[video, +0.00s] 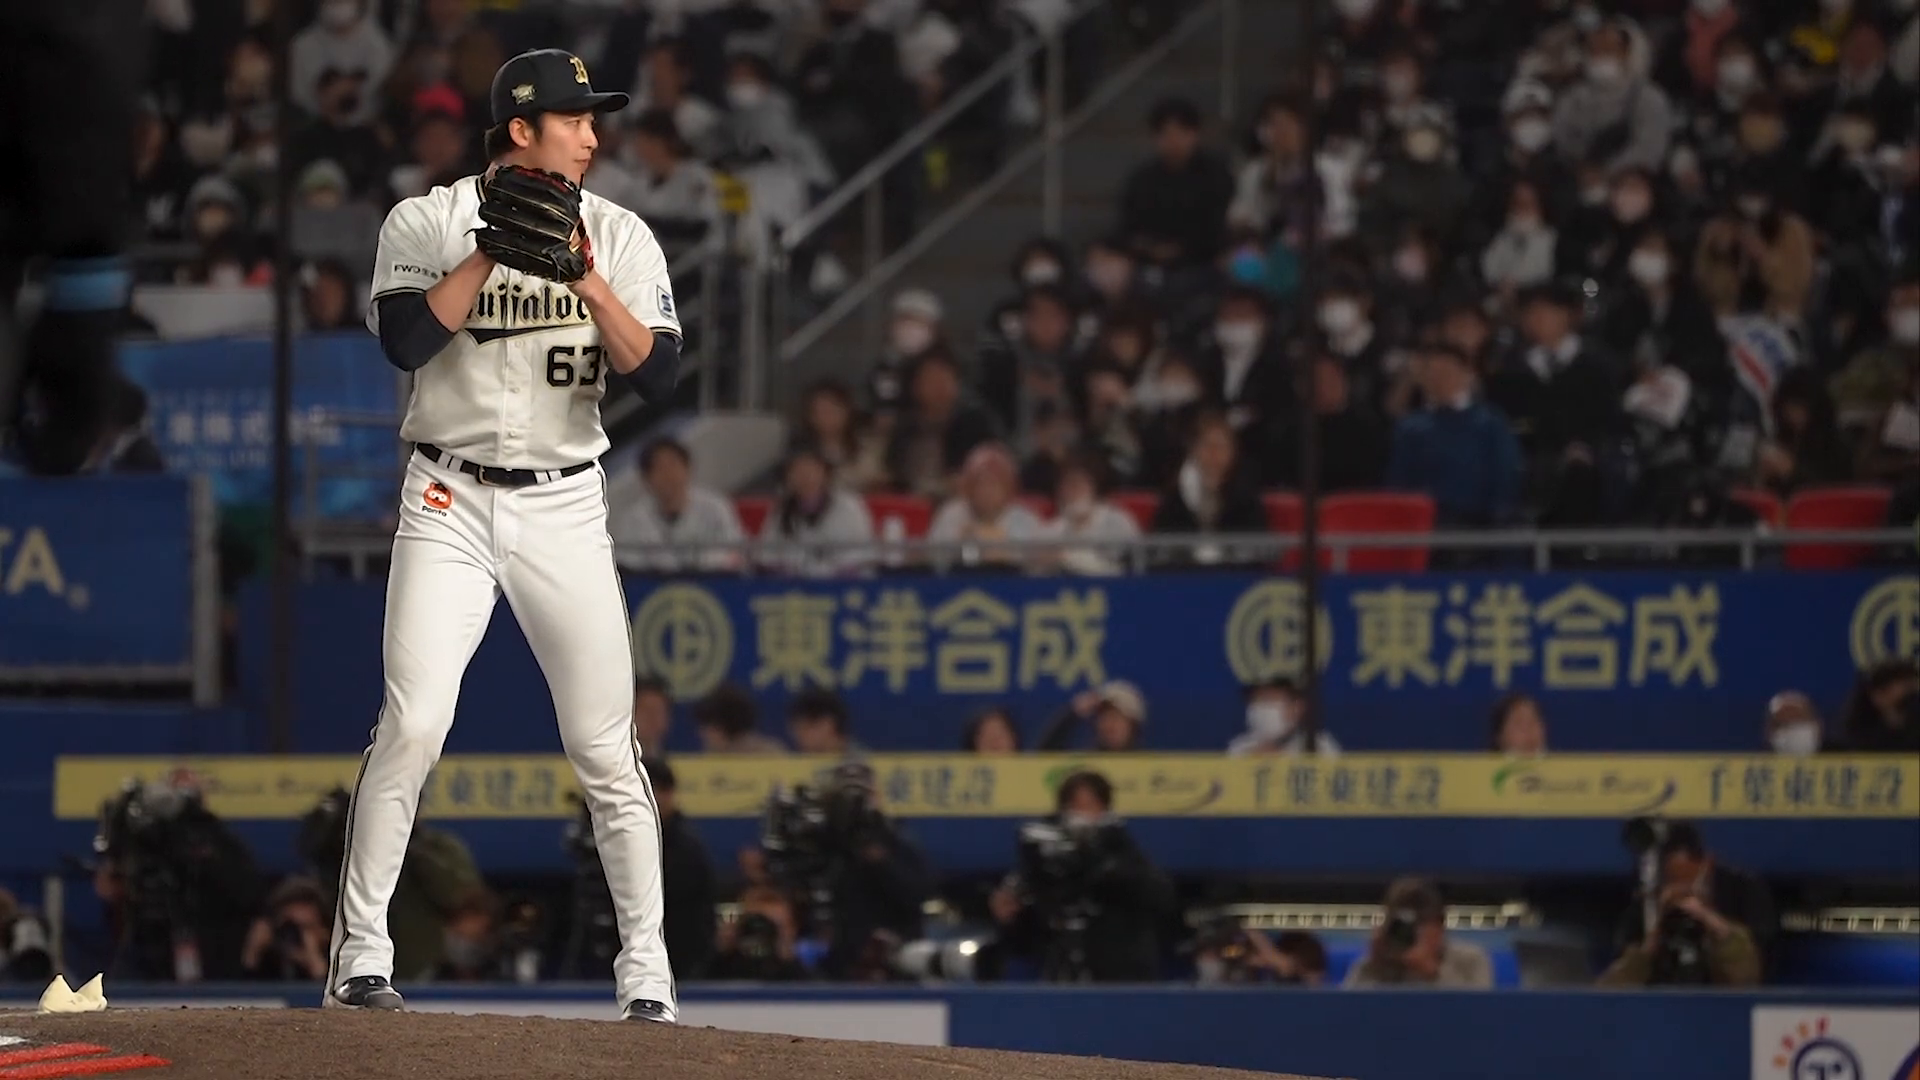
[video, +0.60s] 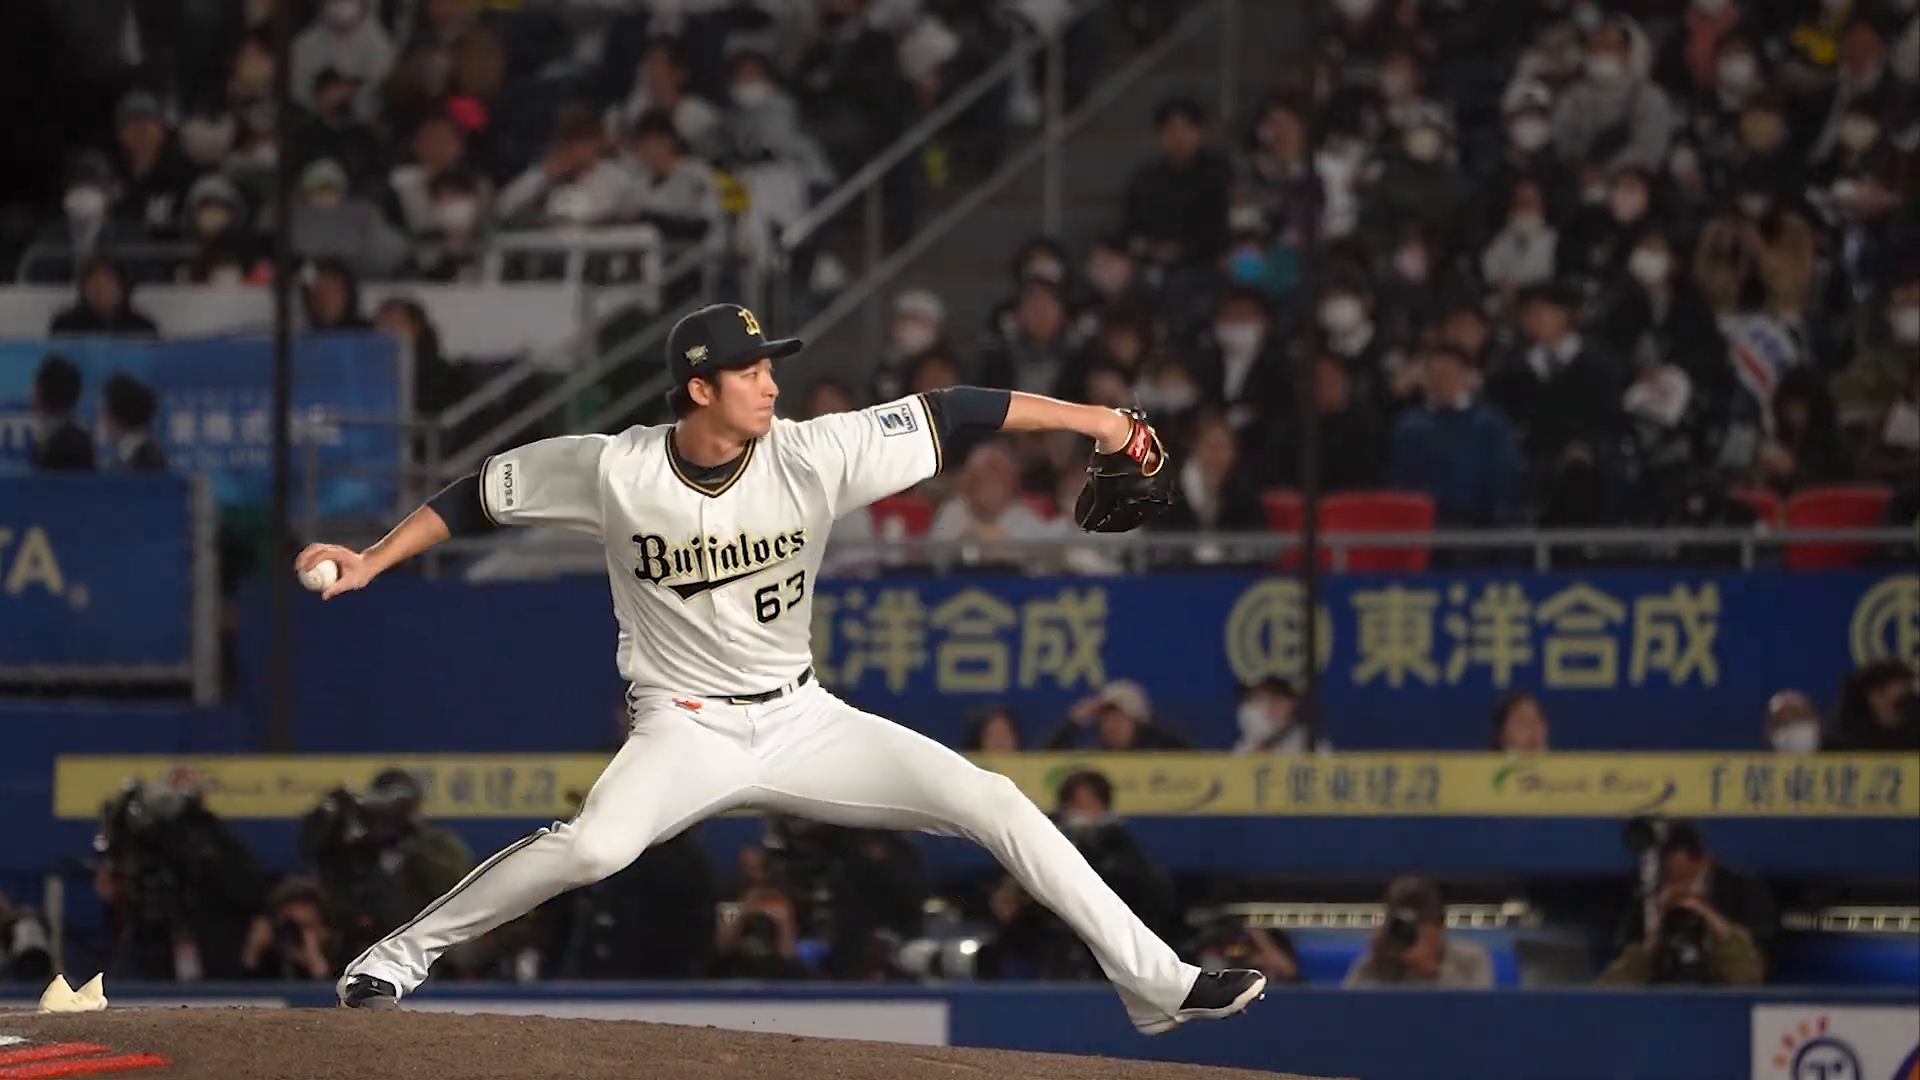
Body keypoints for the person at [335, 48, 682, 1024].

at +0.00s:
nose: (592, 133)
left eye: (593, 118)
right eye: (574, 117)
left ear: (585, 133)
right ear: (517, 128)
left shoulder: (624, 238)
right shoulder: (429, 220)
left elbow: (659, 380)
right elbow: (403, 343)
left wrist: (589, 281)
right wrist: (491, 250)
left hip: (566, 511)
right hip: (447, 501)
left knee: (603, 748)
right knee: (413, 724)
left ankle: (645, 970)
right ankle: (361, 957)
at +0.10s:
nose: (594, 146)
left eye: (596, 130)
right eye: (577, 129)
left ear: (584, 142)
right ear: (520, 137)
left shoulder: (624, 244)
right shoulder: (428, 223)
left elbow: (656, 386)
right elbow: (395, 354)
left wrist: (603, 317)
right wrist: (497, 276)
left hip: (569, 509)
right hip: (449, 503)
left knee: (595, 732)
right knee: (409, 721)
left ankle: (612, 945)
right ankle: (360, 957)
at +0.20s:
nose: (600, 183)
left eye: (600, 168)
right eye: (582, 168)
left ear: (584, 181)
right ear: (526, 180)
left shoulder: (627, 285)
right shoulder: (430, 268)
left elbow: (683, 434)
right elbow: (386, 409)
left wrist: (635, 430)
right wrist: (481, 382)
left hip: (575, 529)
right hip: (458, 529)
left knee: (557, 678)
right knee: (413, 729)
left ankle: (537, 861)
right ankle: (363, 948)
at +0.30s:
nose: (602, 248)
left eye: (602, 232)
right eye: (584, 233)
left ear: (595, 241)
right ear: (530, 245)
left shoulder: (634, 349)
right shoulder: (443, 338)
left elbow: (701, 486)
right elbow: (390, 479)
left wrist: (688, 574)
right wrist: (434, 564)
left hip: (590, 567)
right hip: (474, 570)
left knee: (591, 715)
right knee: (425, 743)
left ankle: (551, 929)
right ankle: (362, 954)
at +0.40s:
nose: (619, 312)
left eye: (618, 295)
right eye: (599, 298)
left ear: (612, 305)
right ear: (546, 312)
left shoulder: (656, 405)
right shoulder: (460, 407)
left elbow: (752, 523)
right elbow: (395, 554)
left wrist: (829, 650)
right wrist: (347, 700)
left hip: (625, 618)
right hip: (505, 629)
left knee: (673, 765)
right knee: (451, 762)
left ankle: (739, 930)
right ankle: (365, 962)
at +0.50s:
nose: (673, 369)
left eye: (673, 353)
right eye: (654, 354)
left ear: (660, 366)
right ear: (594, 367)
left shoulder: (709, 449)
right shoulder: (505, 466)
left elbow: (858, 511)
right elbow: (392, 569)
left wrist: (1006, 548)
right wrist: (275, 662)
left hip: (692, 673)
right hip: (569, 687)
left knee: (815, 789)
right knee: (500, 792)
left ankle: (973, 962)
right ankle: (382, 947)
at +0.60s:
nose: (775, 384)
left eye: (773, 369)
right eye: (757, 371)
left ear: (754, 387)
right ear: (699, 388)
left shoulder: (809, 458)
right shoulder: (609, 471)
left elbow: (950, 416)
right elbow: (479, 493)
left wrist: (1091, 418)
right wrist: (373, 559)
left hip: (806, 719)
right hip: (688, 727)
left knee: (995, 801)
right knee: (591, 847)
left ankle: (1160, 984)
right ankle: (406, 953)